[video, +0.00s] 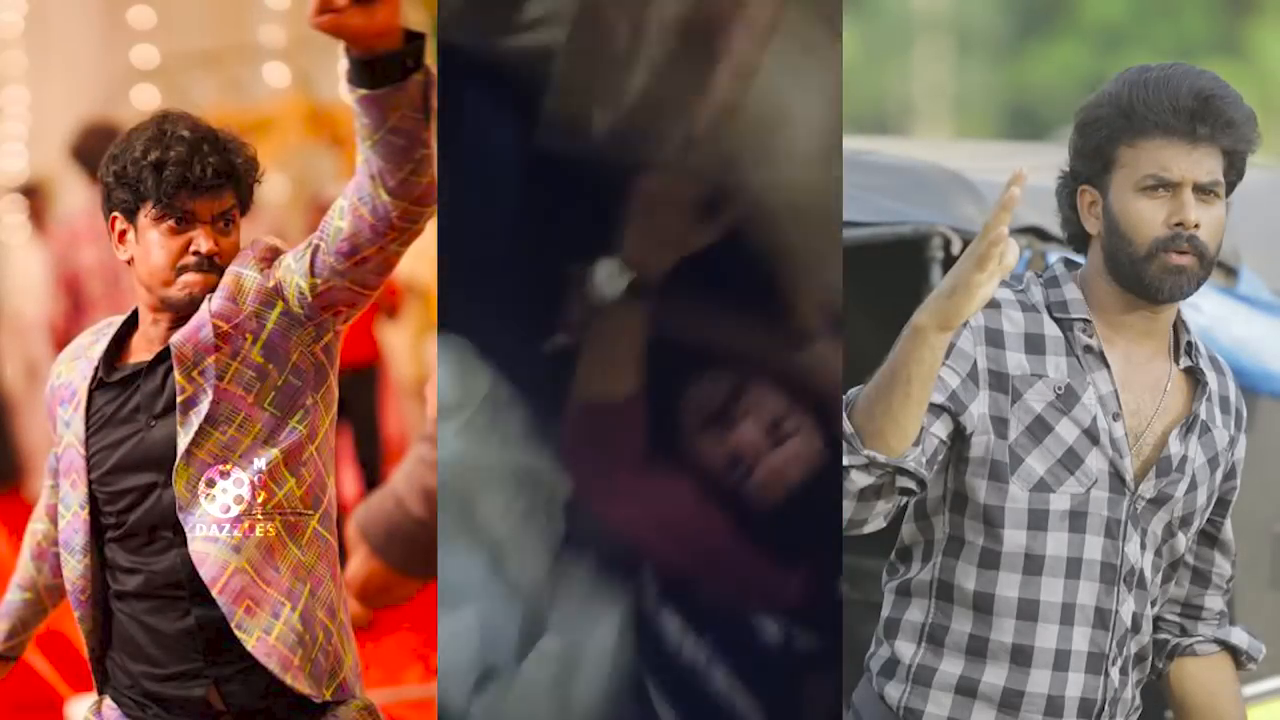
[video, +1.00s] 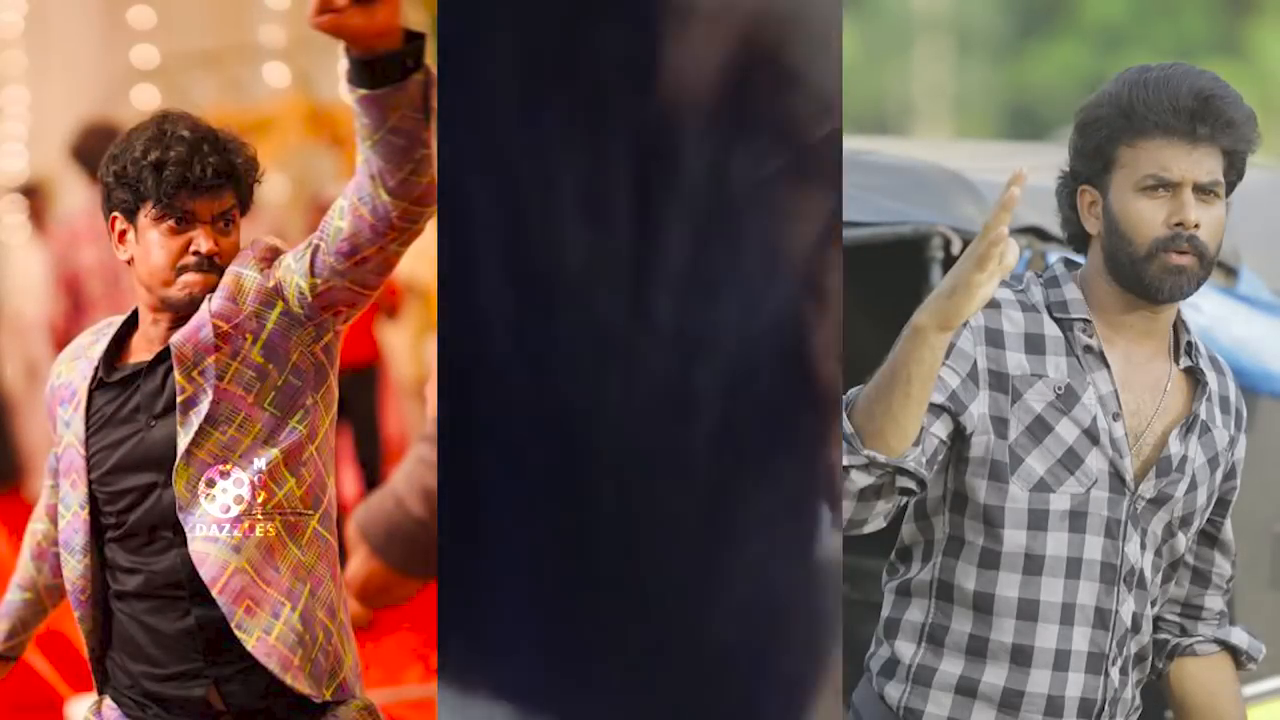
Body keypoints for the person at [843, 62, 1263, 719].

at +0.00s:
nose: (1187, 217)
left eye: (1207, 194)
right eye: (1157, 190)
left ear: (1227, 208)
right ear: (1092, 208)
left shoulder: (1219, 397)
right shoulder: (984, 329)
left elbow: (1193, 617)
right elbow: (854, 506)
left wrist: (1226, 711)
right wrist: (932, 326)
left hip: (1106, 709)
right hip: (936, 702)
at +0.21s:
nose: (1188, 217)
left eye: (1207, 194)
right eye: (1157, 190)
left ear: (1227, 208)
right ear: (1092, 208)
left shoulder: (1219, 397)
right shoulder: (984, 328)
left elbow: (1193, 619)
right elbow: (852, 507)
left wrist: (1226, 712)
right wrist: (932, 326)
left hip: (1106, 711)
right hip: (935, 703)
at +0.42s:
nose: (1187, 217)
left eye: (1207, 194)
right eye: (1157, 190)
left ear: (1227, 208)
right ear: (1092, 208)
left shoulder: (1219, 398)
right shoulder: (984, 329)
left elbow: (1193, 618)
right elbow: (852, 508)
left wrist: (1226, 711)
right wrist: (931, 327)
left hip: (1106, 709)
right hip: (935, 702)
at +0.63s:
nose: (1187, 217)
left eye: (1207, 194)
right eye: (1157, 190)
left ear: (1227, 208)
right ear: (1092, 208)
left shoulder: (1219, 398)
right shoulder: (984, 328)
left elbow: (1193, 617)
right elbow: (854, 506)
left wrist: (1226, 711)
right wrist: (931, 327)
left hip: (1106, 709)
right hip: (935, 702)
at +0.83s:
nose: (1188, 217)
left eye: (1207, 194)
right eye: (1157, 190)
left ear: (1227, 208)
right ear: (1092, 208)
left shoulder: (1219, 397)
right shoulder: (984, 328)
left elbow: (1193, 619)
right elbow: (851, 508)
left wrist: (1226, 712)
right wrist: (931, 327)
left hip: (1105, 711)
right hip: (934, 703)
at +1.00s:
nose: (1187, 217)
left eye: (1207, 194)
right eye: (1157, 190)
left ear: (1227, 208)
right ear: (1092, 208)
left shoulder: (1219, 398)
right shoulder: (984, 329)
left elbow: (1193, 615)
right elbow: (851, 508)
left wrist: (1225, 711)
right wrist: (931, 328)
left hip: (1105, 709)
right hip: (934, 702)